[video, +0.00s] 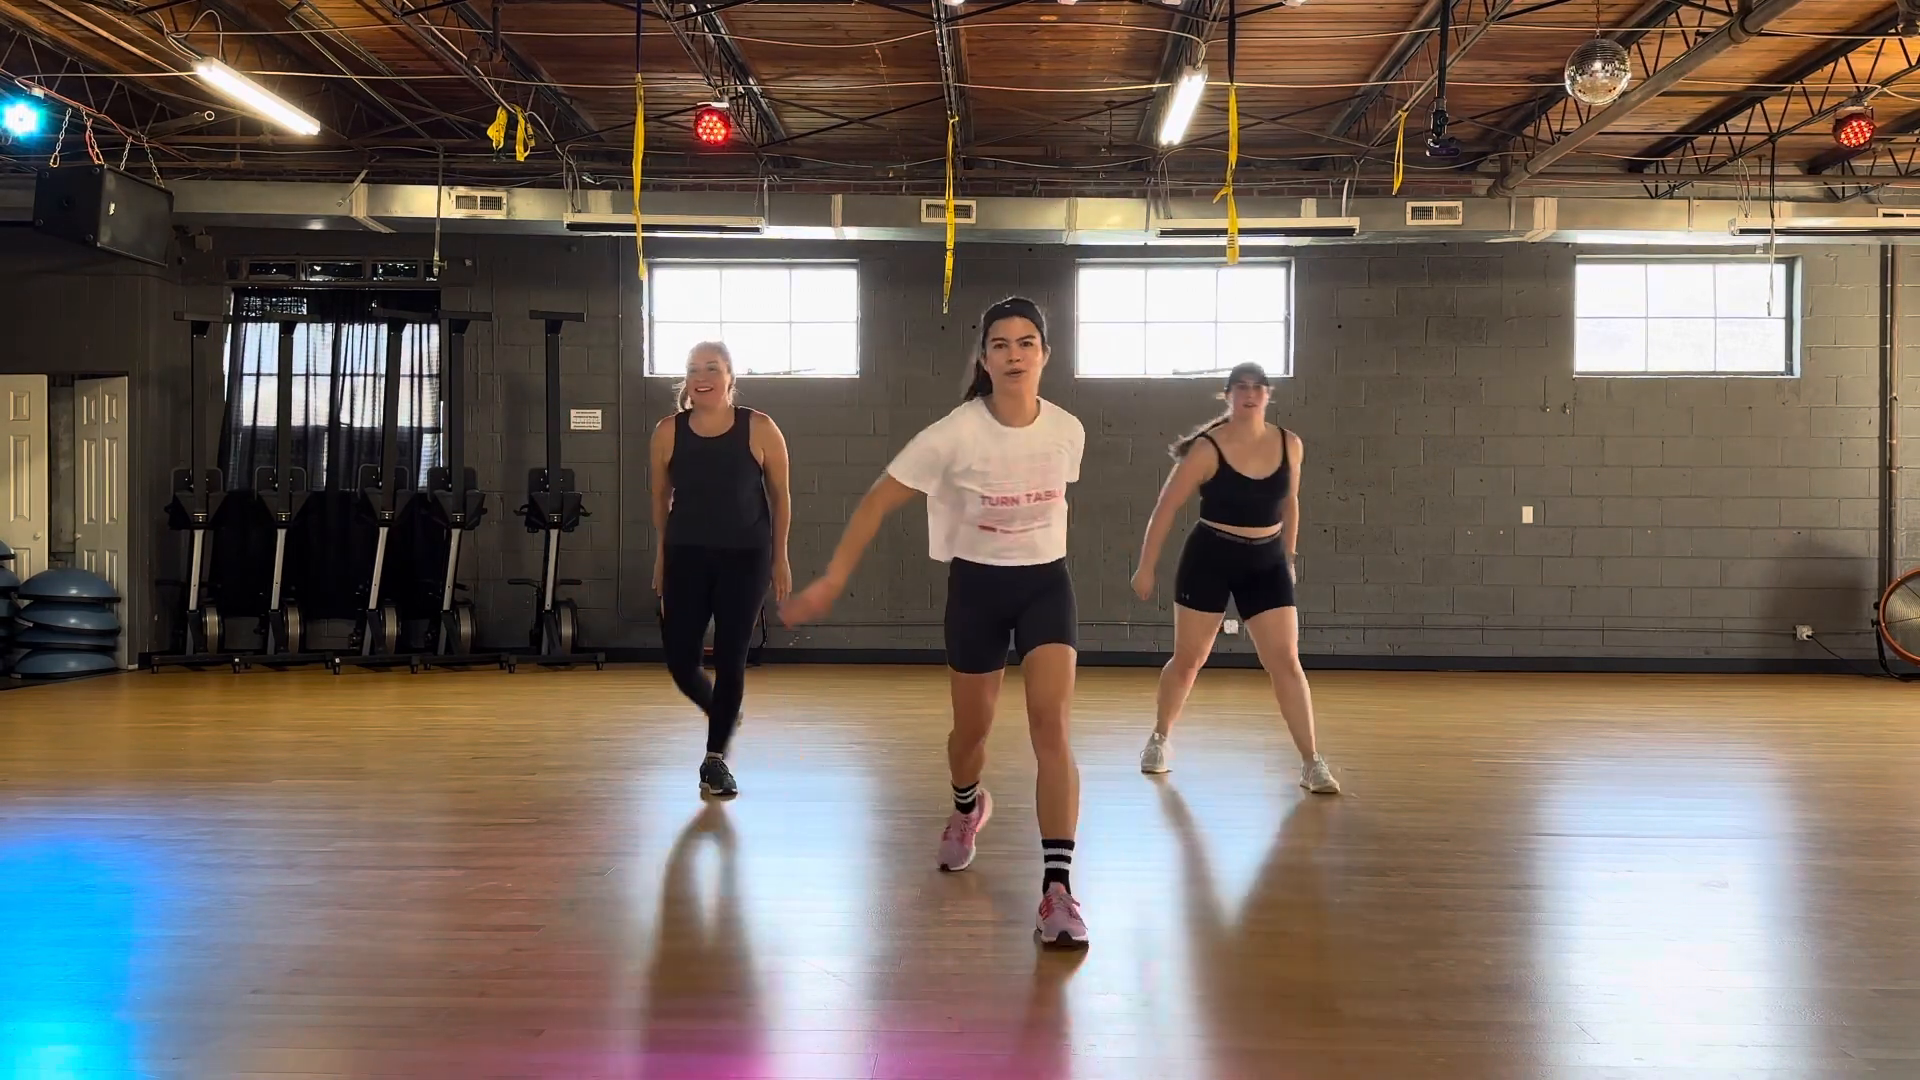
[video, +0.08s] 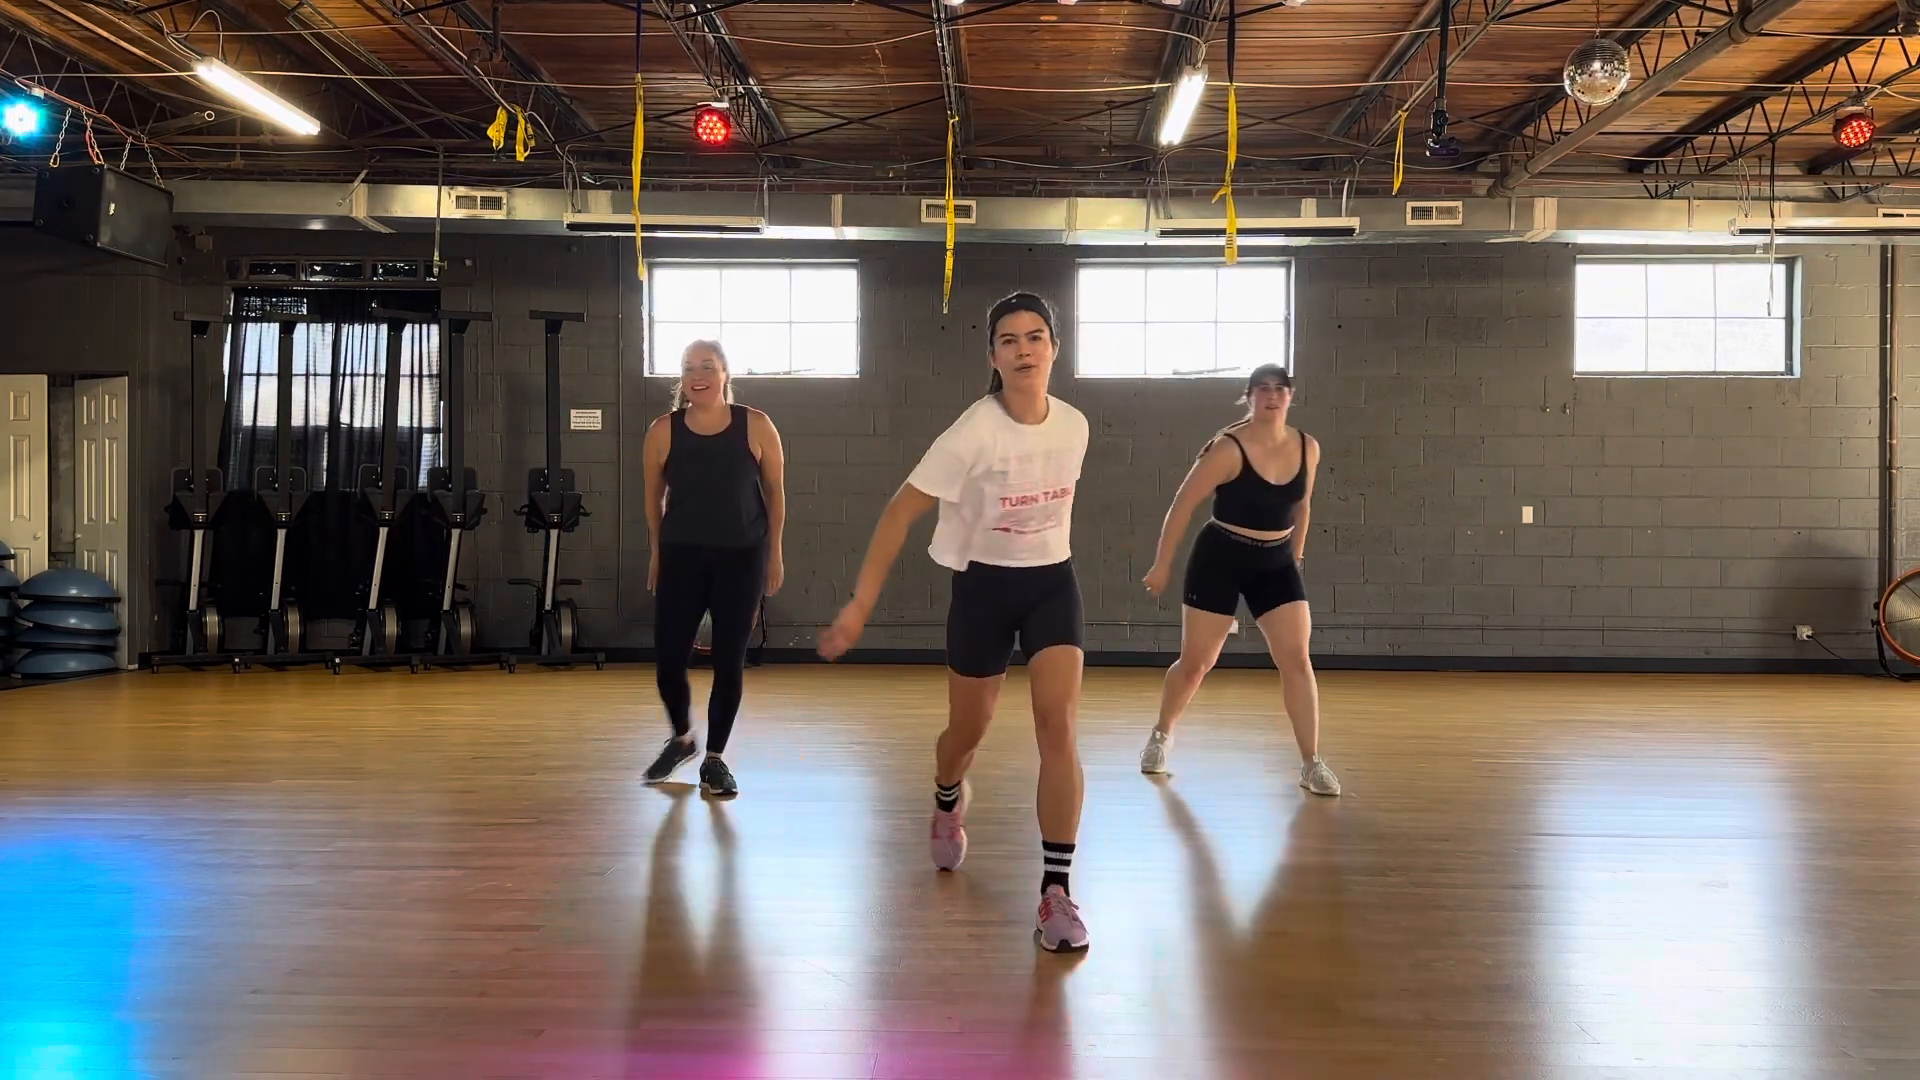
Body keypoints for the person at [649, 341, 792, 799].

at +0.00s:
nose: (700, 377)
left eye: (711, 369)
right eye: (694, 370)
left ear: (731, 379)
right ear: (685, 380)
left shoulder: (760, 429)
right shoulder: (667, 434)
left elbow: (780, 498)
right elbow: (660, 502)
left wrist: (781, 558)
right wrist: (661, 562)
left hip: (745, 561)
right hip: (686, 560)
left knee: (730, 660)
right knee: (681, 664)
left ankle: (715, 758)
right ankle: (722, 709)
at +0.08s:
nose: (698, 376)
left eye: (707, 368)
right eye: (690, 369)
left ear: (726, 376)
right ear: (680, 379)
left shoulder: (756, 425)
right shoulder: (662, 432)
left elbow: (775, 492)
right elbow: (653, 498)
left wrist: (775, 553)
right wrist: (657, 554)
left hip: (741, 560)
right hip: (681, 559)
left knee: (728, 662)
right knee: (669, 662)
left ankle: (715, 757)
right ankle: (682, 737)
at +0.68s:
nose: (647, 407)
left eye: (659, 399)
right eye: (640, 399)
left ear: (682, 407)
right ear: (634, 408)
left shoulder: (719, 447)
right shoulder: (631, 469)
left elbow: (766, 482)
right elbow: (656, 519)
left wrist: (777, 543)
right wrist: (684, 547)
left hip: (743, 561)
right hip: (682, 564)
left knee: (758, 664)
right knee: (632, 654)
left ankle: (752, 759)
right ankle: (629, 752)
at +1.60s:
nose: (630, 427)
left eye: (641, 416)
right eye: (622, 418)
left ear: (666, 420)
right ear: (616, 424)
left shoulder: (706, 459)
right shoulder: (613, 475)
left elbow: (757, 474)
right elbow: (639, 520)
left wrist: (757, 519)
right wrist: (665, 541)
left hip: (730, 557)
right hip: (670, 562)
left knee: (743, 659)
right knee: (632, 656)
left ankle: (752, 762)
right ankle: (627, 763)